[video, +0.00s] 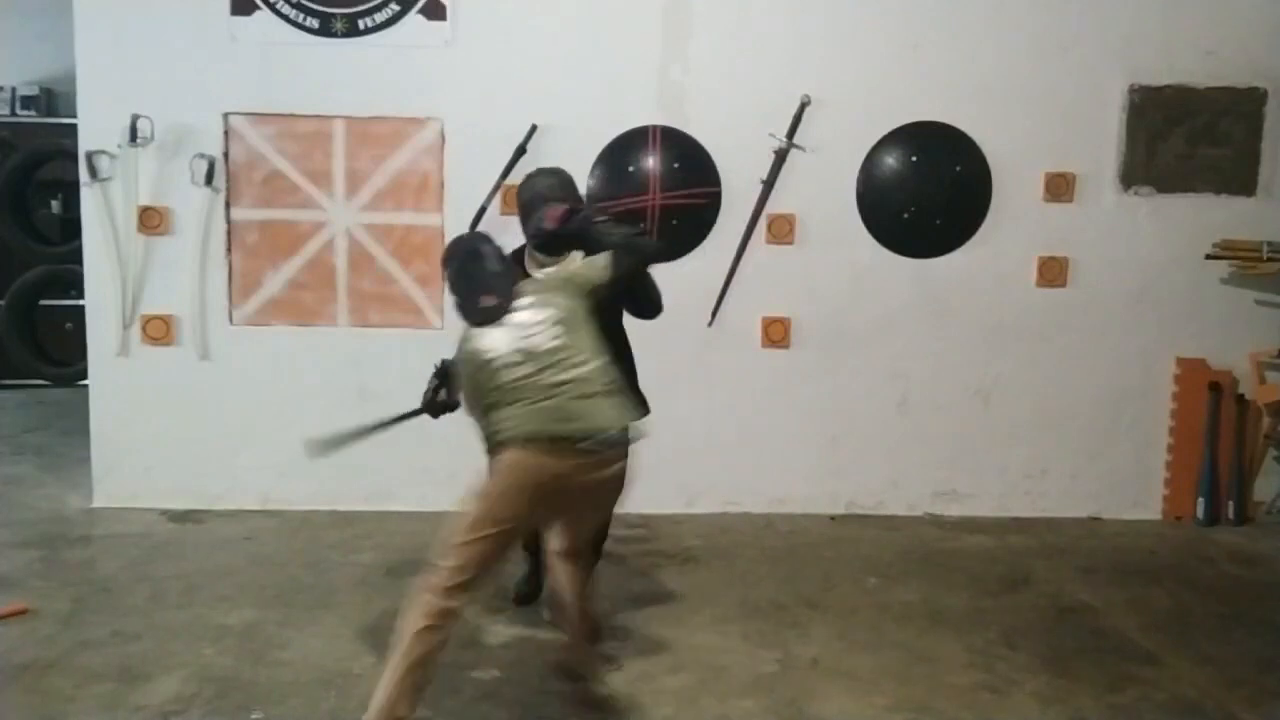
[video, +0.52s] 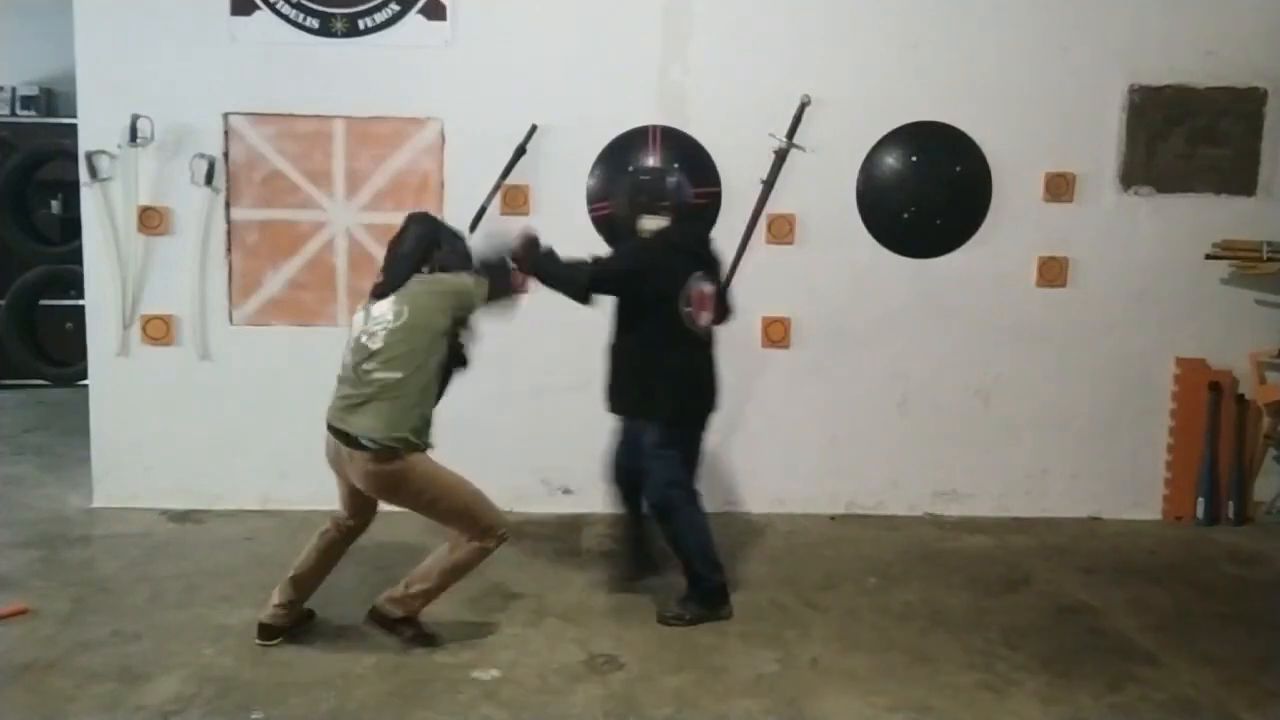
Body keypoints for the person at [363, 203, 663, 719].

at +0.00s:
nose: (457, 296)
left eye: (456, 286)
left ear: (461, 291)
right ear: (507, 268)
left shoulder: (471, 349)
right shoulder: (561, 282)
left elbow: (491, 430)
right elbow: (635, 252)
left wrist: (510, 505)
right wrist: (584, 231)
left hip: (528, 462)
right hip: (605, 456)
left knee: (448, 579)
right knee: (571, 555)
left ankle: (389, 708)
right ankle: (581, 664)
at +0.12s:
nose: (436, 295)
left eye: (438, 285)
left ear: (446, 287)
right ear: (493, 270)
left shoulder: (441, 334)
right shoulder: (524, 287)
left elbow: (443, 400)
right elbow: (572, 255)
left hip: (453, 462)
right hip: (526, 469)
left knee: (397, 592)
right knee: (522, 548)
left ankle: (375, 710)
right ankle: (437, 649)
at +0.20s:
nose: (499, 253)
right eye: (491, 250)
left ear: (445, 271)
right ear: (485, 261)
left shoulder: (434, 314)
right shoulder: (507, 278)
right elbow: (563, 233)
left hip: (418, 444)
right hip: (480, 458)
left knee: (378, 563)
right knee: (459, 564)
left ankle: (353, 680)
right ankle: (397, 649)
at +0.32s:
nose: (475, 257)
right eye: (473, 250)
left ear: (425, 257)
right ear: (467, 253)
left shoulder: (409, 298)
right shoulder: (473, 276)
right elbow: (562, 234)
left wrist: (498, 244)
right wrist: (518, 226)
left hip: (382, 446)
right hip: (441, 459)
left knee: (392, 514)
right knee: (457, 553)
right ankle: (380, 650)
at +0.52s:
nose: (464, 271)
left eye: (463, 264)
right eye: (460, 264)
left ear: (409, 261)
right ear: (444, 262)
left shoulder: (376, 305)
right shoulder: (445, 289)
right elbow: (503, 283)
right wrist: (519, 264)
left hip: (339, 446)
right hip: (385, 461)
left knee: (352, 516)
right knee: (487, 530)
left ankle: (280, 610)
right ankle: (398, 606)